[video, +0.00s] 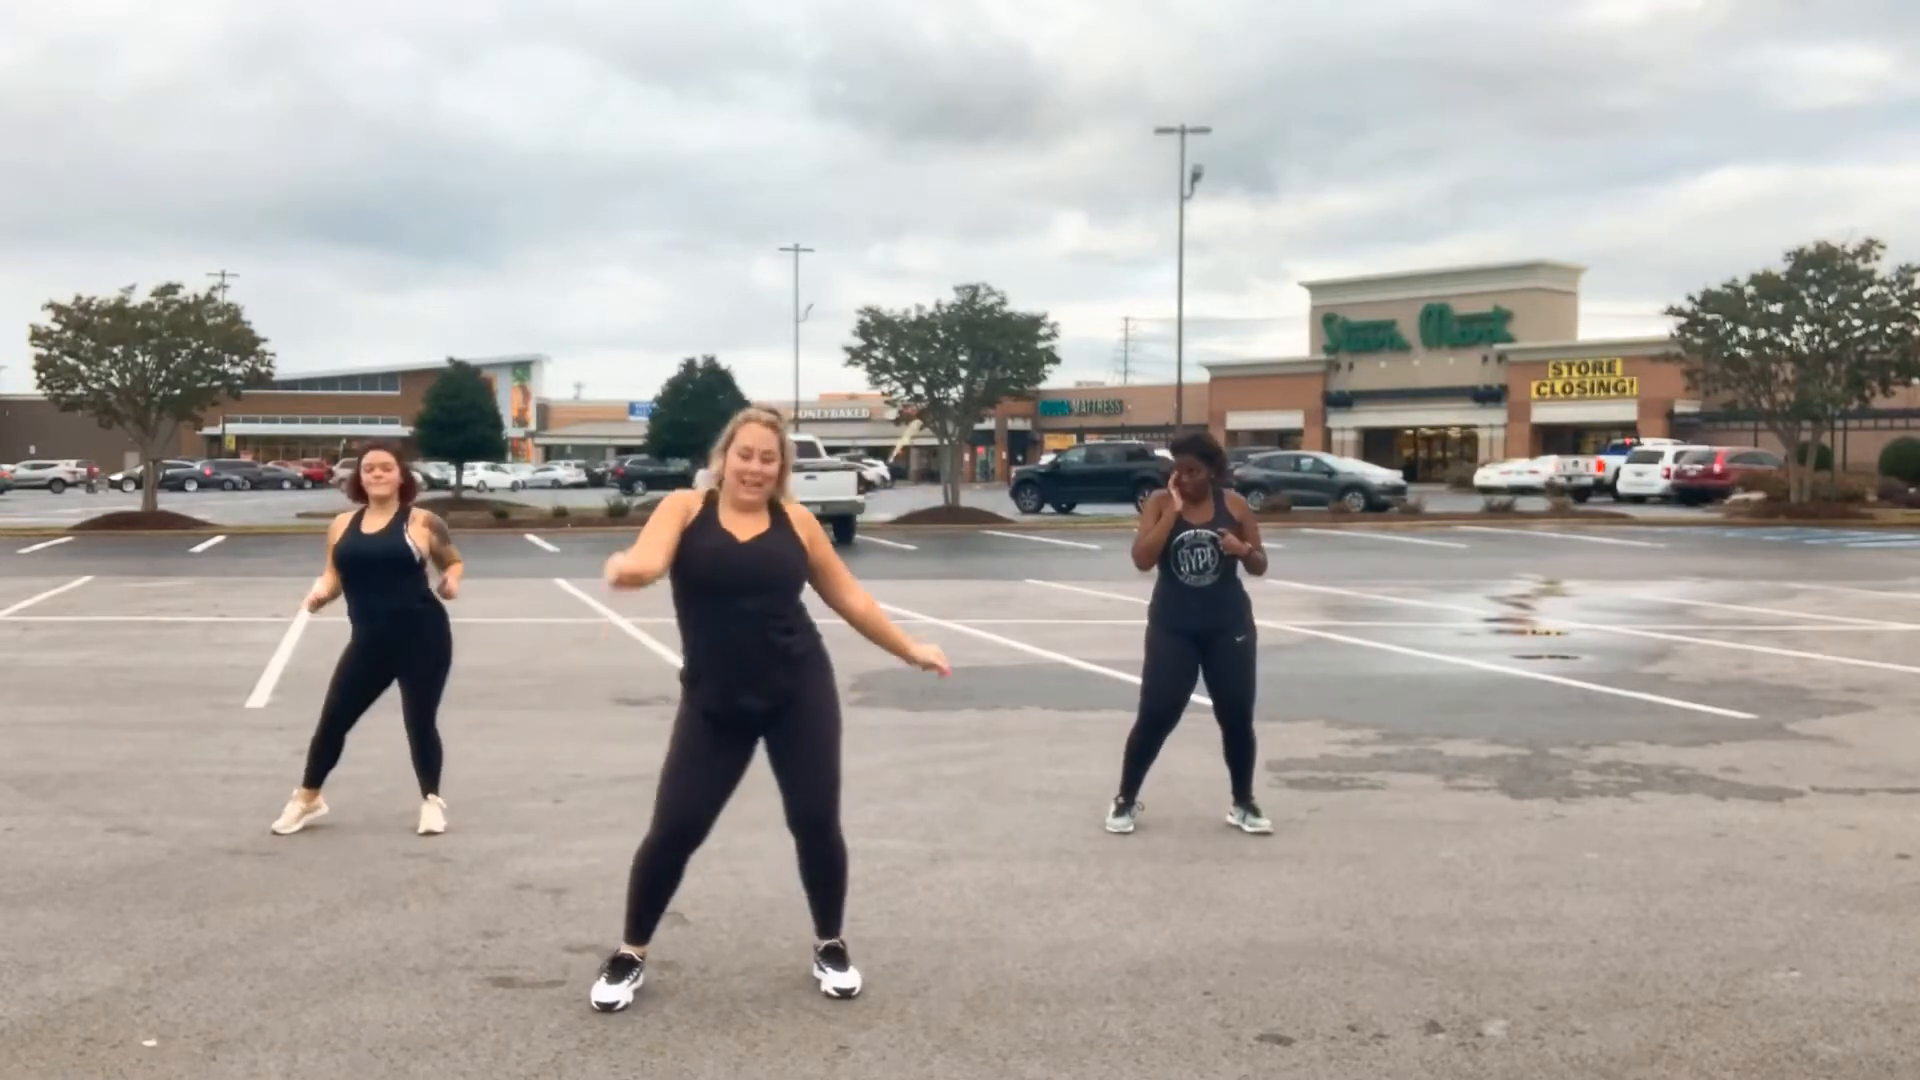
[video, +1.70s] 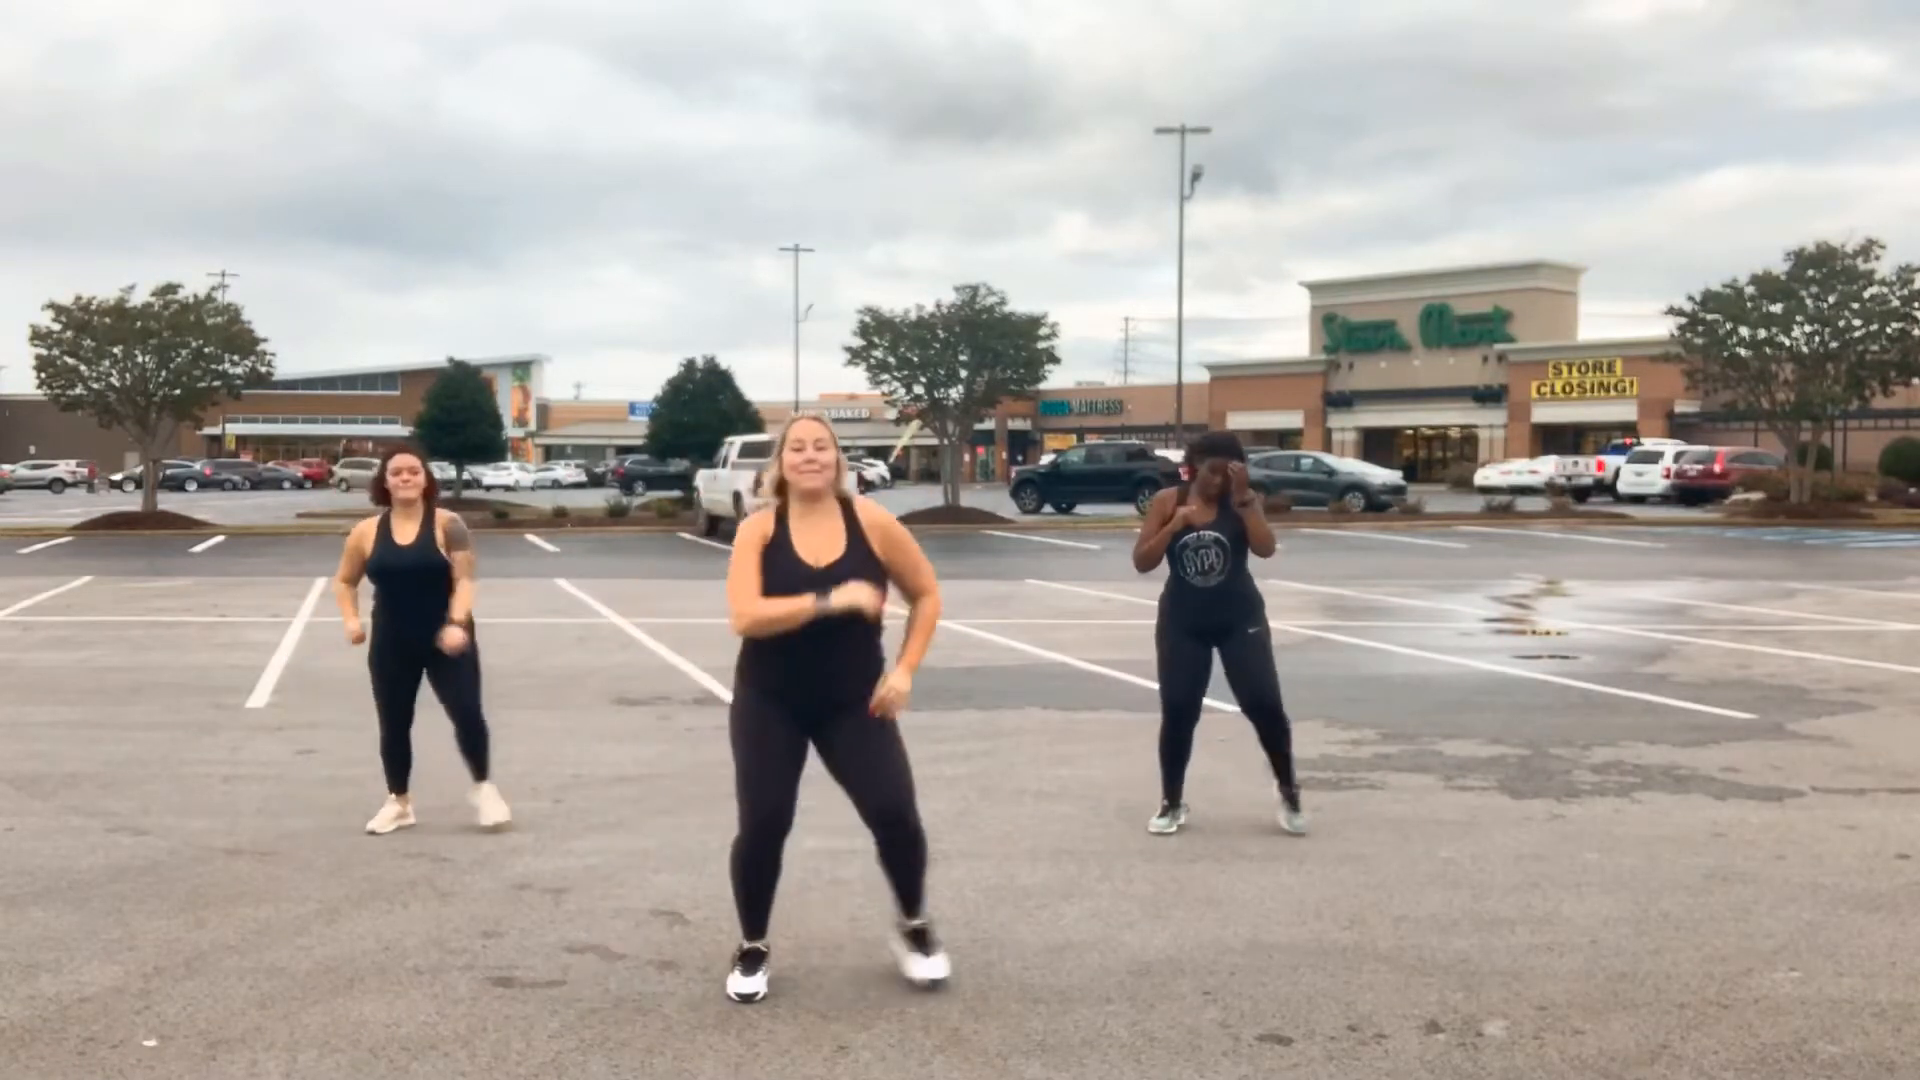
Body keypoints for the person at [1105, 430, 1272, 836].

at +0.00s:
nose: (1182, 478)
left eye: (1190, 472)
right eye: (1178, 471)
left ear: (1212, 470)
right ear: (1172, 470)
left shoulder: (1234, 505)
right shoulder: (1159, 503)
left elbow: (1260, 566)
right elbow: (1142, 559)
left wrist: (1243, 550)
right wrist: (1172, 512)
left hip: (1229, 628)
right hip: (1172, 629)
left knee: (1237, 720)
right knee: (1156, 716)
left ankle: (1243, 803)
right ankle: (1125, 800)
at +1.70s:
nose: (1220, 479)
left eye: (1227, 472)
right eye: (1213, 471)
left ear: (1235, 473)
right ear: (1192, 469)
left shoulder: (1245, 502)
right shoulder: (1168, 501)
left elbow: (1266, 548)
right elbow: (1142, 561)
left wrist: (1242, 500)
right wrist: (1175, 524)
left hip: (1239, 618)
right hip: (1183, 620)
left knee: (1266, 707)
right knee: (1178, 711)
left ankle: (1289, 794)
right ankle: (1171, 803)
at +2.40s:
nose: (1222, 466)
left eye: (1229, 459)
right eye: (1214, 458)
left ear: (1236, 464)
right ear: (1193, 459)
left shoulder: (1242, 501)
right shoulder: (1170, 502)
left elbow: (1255, 557)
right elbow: (1168, 562)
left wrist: (1266, 541)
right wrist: (1212, 532)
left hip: (1235, 619)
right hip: (1181, 622)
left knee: (1253, 705)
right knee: (1188, 710)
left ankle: (1250, 794)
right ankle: (1179, 803)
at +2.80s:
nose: (1223, 459)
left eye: (1227, 452)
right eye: (1213, 455)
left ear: (1237, 458)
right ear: (1196, 465)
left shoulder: (1248, 507)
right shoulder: (1179, 503)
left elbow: (1256, 571)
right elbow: (1150, 563)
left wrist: (1269, 567)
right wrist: (1203, 577)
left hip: (1220, 623)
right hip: (1167, 619)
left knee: (1222, 712)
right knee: (1173, 702)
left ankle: (1214, 804)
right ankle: (1140, 790)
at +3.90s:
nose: (1214, 456)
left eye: (1218, 450)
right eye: (1204, 451)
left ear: (1226, 457)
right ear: (1185, 459)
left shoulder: (1239, 500)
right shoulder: (1163, 503)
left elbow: (1251, 557)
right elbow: (1135, 558)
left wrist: (1218, 527)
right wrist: (1158, 555)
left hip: (1224, 621)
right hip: (1169, 623)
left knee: (1249, 702)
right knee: (1181, 710)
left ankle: (1237, 788)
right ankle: (1180, 802)